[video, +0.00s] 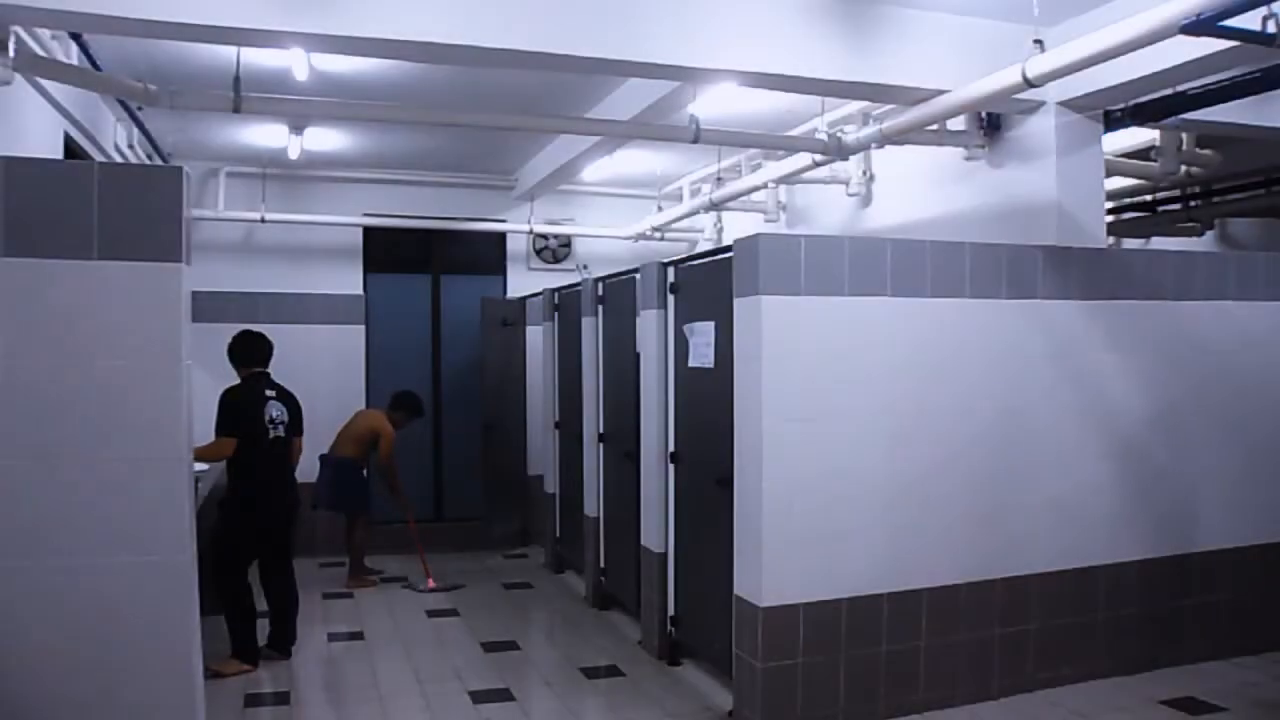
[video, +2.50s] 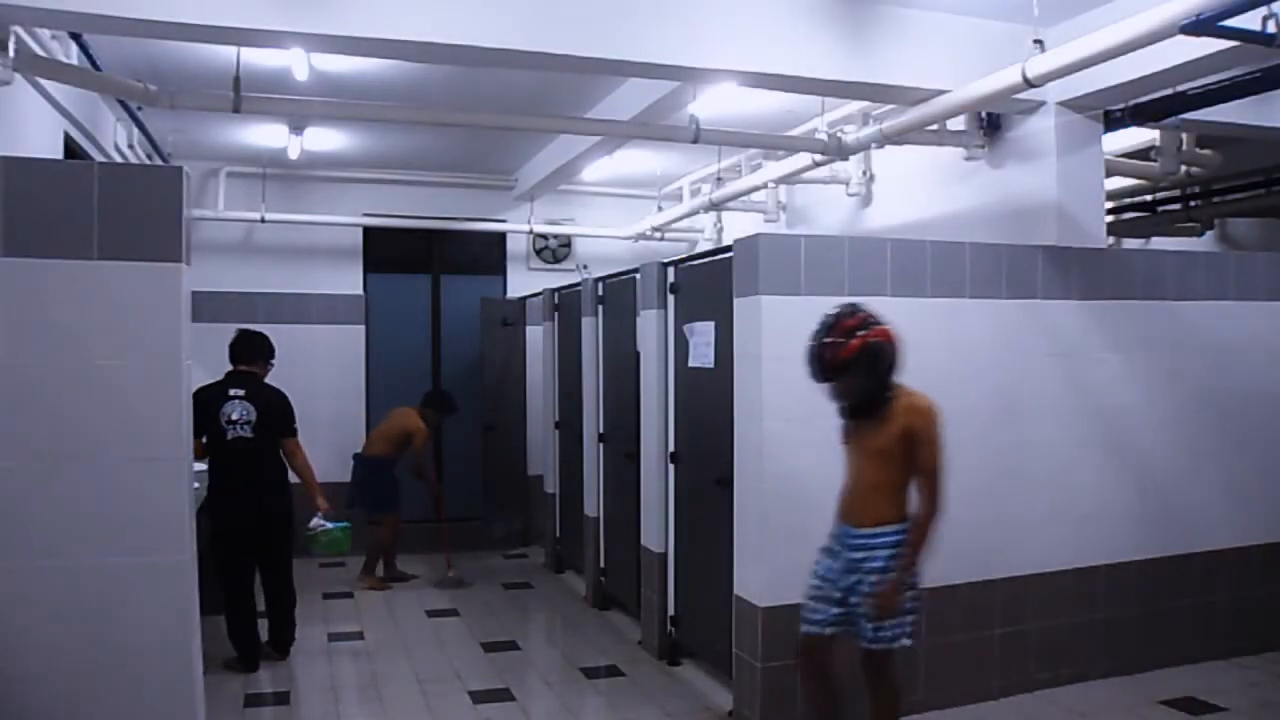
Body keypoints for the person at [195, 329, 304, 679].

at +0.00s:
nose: (232, 362)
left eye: (233, 357)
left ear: (234, 360)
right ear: (267, 359)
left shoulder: (234, 397)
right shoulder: (288, 398)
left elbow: (224, 448)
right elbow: (295, 452)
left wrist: (190, 454)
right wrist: (280, 479)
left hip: (245, 498)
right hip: (282, 496)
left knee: (229, 569)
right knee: (278, 568)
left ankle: (244, 654)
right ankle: (281, 644)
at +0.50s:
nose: (236, 359)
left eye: (236, 354)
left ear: (235, 358)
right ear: (270, 358)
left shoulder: (228, 396)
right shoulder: (287, 397)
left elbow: (220, 446)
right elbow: (299, 449)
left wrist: (186, 451)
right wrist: (304, 490)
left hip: (241, 500)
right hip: (280, 498)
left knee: (229, 570)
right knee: (278, 568)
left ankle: (244, 654)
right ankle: (281, 644)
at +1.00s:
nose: (234, 360)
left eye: (234, 354)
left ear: (234, 359)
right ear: (269, 359)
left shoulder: (225, 396)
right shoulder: (286, 397)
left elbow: (217, 447)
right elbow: (304, 446)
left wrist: (195, 444)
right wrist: (279, 463)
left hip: (239, 497)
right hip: (279, 495)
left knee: (229, 571)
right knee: (277, 569)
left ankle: (245, 655)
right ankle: (280, 645)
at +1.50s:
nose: (235, 365)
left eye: (234, 359)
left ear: (234, 361)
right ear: (268, 360)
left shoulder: (224, 396)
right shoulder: (286, 397)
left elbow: (211, 446)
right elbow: (298, 446)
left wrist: (236, 436)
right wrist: (265, 442)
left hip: (238, 498)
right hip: (279, 497)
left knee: (229, 572)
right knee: (277, 567)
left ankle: (244, 654)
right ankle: (281, 644)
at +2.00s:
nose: (265, 365)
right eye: (267, 359)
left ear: (234, 360)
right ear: (270, 361)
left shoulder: (215, 397)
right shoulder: (285, 397)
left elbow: (202, 449)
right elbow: (302, 449)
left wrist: (228, 441)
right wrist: (282, 465)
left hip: (233, 497)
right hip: (277, 496)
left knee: (233, 575)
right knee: (280, 570)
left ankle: (247, 654)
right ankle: (282, 644)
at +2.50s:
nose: (270, 369)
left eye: (268, 364)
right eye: (270, 364)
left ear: (232, 360)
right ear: (266, 364)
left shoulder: (204, 397)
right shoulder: (274, 398)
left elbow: (194, 451)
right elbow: (292, 452)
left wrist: (222, 445)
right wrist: (317, 493)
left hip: (226, 501)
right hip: (271, 500)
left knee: (236, 579)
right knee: (277, 571)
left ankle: (247, 656)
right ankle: (281, 644)